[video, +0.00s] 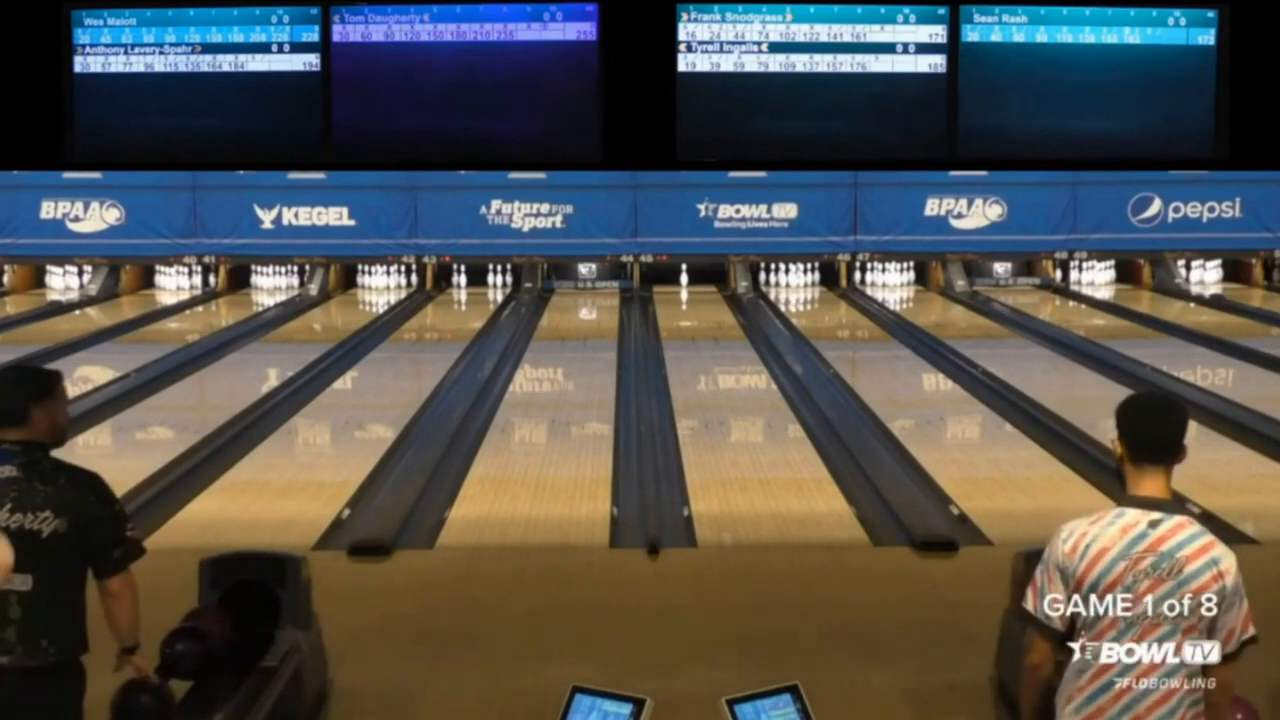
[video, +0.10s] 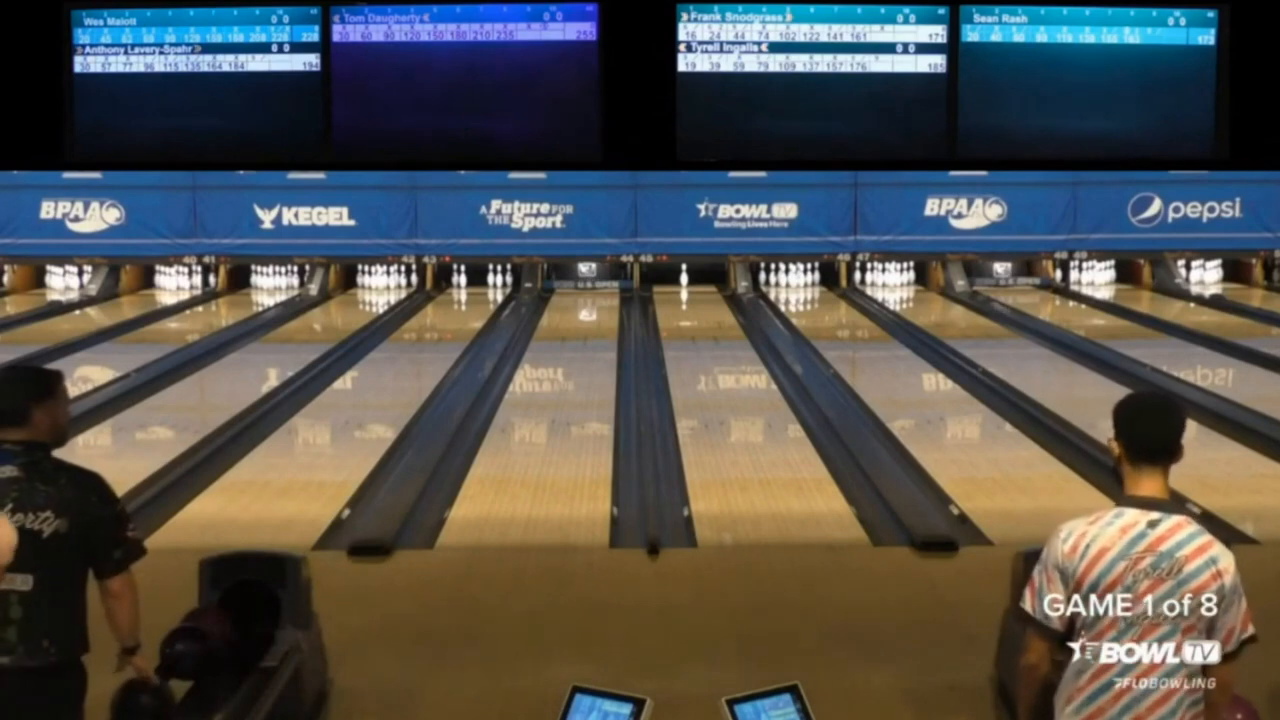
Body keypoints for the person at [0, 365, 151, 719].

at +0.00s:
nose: (68, 413)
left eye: (66, 403)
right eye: (61, 403)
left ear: (7, 409)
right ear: (37, 411)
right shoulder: (81, 489)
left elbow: (115, 586)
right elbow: (115, 586)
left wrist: (129, 650)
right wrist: (130, 650)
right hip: (49, 673)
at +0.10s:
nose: (69, 412)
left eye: (67, 402)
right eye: (63, 403)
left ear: (7, 409)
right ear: (38, 411)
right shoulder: (82, 489)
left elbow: (116, 587)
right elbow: (115, 586)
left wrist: (130, 651)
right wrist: (131, 651)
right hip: (50, 673)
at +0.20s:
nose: (70, 413)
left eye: (68, 403)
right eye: (64, 403)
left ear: (5, 409)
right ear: (40, 411)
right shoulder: (84, 489)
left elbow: (115, 584)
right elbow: (115, 582)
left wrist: (130, 649)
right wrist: (132, 649)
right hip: (52, 664)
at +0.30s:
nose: (73, 413)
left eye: (71, 403)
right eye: (67, 403)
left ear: (6, 410)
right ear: (46, 410)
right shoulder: (87, 489)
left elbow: (115, 582)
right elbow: (116, 580)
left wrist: (129, 644)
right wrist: (131, 644)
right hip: (54, 659)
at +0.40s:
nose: (75, 413)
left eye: (73, 404)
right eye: (70, 403)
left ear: (7, 410)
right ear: (50, 411)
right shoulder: (89, 489)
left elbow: (116, 585)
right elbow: (117, 584)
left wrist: (131, 650)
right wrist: (133, 650)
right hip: (57, 655)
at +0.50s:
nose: (79, 415)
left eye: (79, 406)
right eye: (75, 405)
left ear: (13, 410)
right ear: (55, 412)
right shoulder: (94, 489)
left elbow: (118, 585)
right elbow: (120, 583)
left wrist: (131, 649)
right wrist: (133, 647)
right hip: (61, 651)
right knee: (64, 711)